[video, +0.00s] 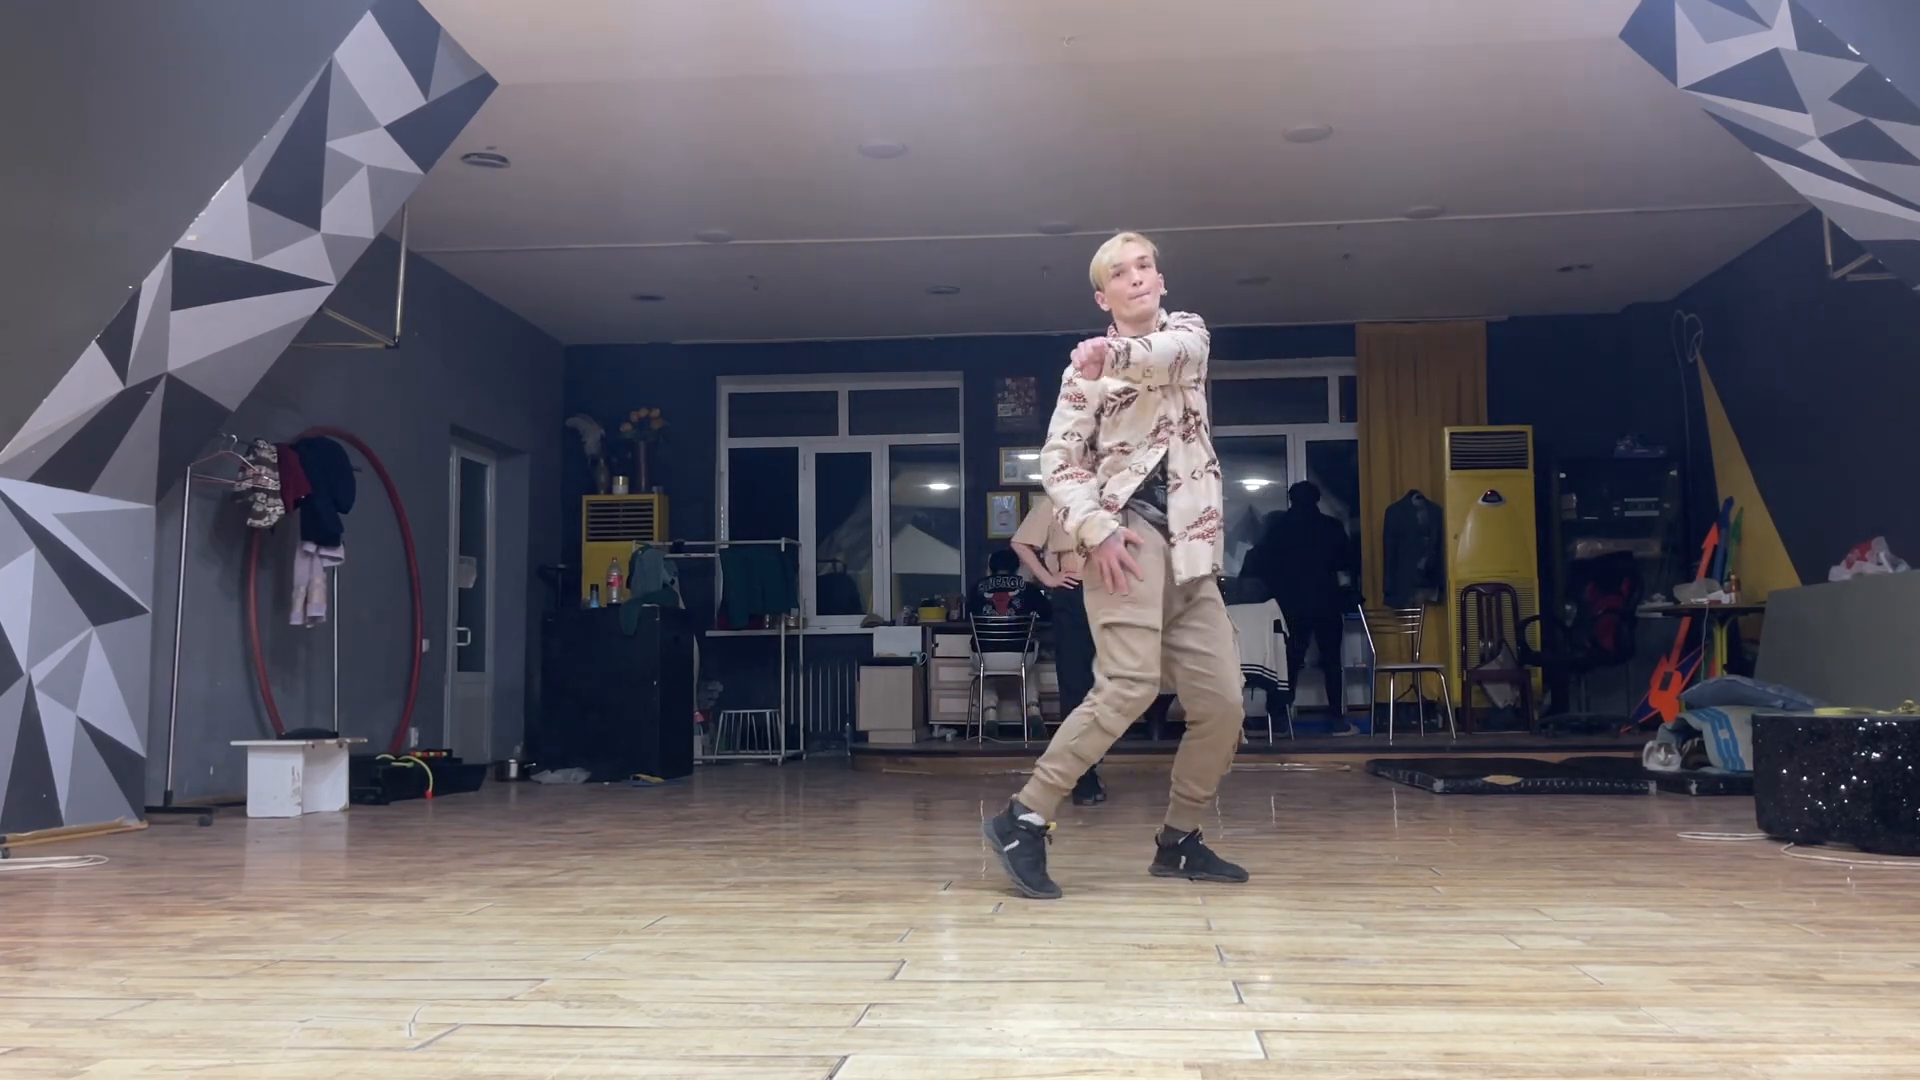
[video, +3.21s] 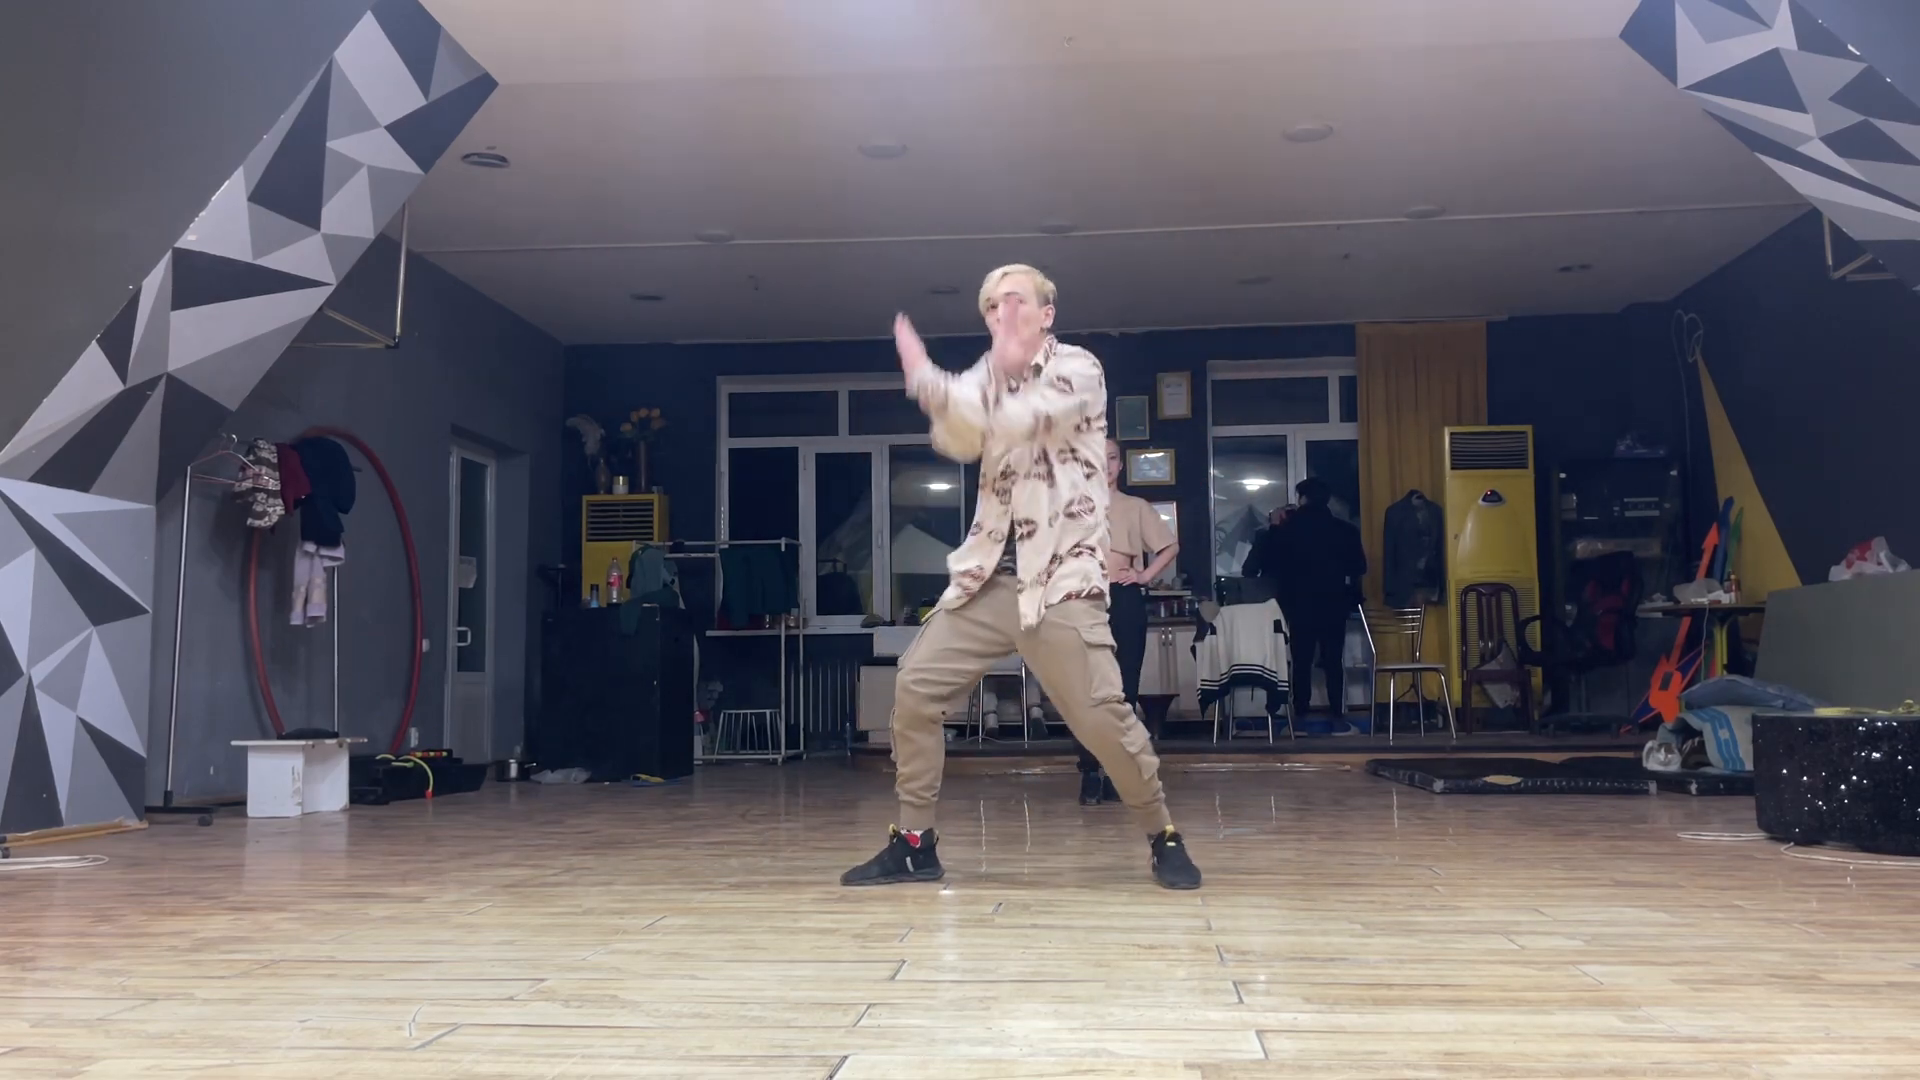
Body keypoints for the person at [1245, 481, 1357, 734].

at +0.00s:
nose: (1307, 503)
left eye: (1299, 498)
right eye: (1310, 498)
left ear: (1291, 500)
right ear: (1316, 500)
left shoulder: (1277, 525)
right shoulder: (1331, 525)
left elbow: (1260, 561)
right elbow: (1346, 561)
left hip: (1289, 603)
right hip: (1325, 602)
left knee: (1289, 660)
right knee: (1331, 662)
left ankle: (1278, 718)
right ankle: (1336, 720)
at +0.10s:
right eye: (1318, 498)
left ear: (1297, 500)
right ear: (1323, 501)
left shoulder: (1285, 528)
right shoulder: (1337, 526)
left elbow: (1271, 565)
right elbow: (1356, 562)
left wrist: (1280, 596)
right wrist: (1357, 594)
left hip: (1296, 603)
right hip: (1332, 602)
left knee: (1294, 659)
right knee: (1334, 661)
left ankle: (1284, 717)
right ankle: (1337, 719)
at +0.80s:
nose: (1299, 505)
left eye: (1299, 501)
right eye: (1299, 501)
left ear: (1304, 502)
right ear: (1325, 501)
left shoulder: (1292, 531)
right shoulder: (1345, 527)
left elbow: (1280, 567)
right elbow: (1363, 553)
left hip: (1304, 605)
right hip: (1338, 604)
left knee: (1303, 663)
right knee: (1336, 662)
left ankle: (1300, 720)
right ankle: (1338, 720)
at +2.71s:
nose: (1301, 502)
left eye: (1302, 498)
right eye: (1302, 498)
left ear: (1305, 499)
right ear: (1328, 499)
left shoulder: (1291, 529)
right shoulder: (1346, 529)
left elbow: (1272, 566)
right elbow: (1360, 567)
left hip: (1302, 604)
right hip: (1335, 604)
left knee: (1302, 661)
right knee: (1334, 661)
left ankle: (1300, 719)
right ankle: (1337, 719)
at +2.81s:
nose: (1300, 502)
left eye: (1301, 498)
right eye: (1301, 499)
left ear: (1304, 499)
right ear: (1328, 499)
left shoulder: (1289, 529)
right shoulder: (1346, 529)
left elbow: (1271, 566)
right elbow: (1359, 567)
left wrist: (1276, 531)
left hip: (1301, 604)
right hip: (1334, 604)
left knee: (1302, 662)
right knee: (1334, 661)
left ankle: (1301, 719)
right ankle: (1337, 719)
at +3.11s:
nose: (1299, 502)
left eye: (1300, 498)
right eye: (1300, 498)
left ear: (1303, 499)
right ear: (1327, 499)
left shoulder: (1288, 529)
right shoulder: (1345, 529)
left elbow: (1270, 566)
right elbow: (1358, 568)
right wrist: (1353, 598)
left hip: (1299, 604)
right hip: (1333, 603)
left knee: (1301, 661)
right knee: (1333, 661)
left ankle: (1300, 719)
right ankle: (1337, 718)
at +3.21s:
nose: (1299, 502)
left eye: (1300, 498)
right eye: (1300, 498)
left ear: (1303, 499)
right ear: (1327, 499)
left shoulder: (1288, 529)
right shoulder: (1345, 529)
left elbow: (1270, 566)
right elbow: (1358, 568)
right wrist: (1353, 598)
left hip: (1300, 604)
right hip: (1333, 604)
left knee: (1301, 661)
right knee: (1333, 661)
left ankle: (1300, 718)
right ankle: (1337, 718)